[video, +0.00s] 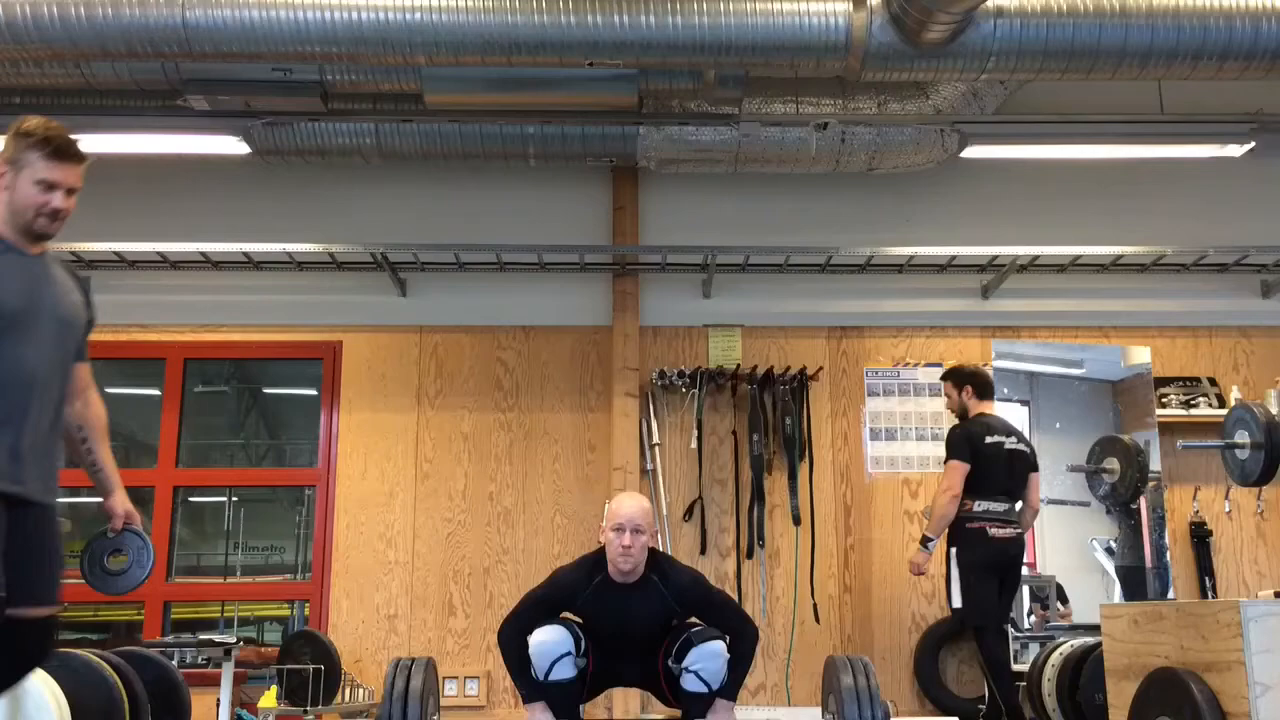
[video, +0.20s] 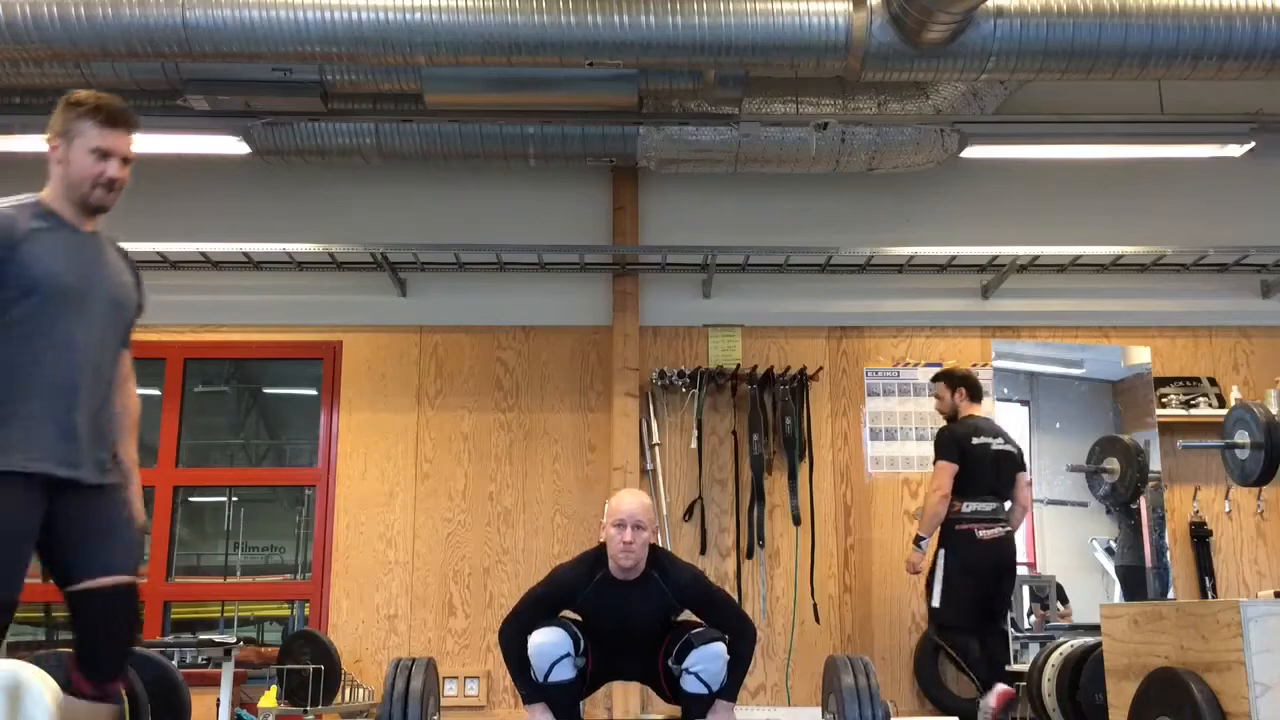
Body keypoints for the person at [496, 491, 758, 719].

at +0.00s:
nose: (626, 541)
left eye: (637, 532)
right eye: (618, 530)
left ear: (653, 539)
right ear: (602, 534)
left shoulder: (678, 579)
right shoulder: (576, 577)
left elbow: (746, 633)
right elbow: (509, 632)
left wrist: (724, 703)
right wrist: (534, 705)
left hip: (658, 668)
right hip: (596, 668)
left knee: (707, 651)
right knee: (549, 643)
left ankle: (699, 716)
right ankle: (567, 716)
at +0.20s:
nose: (628, 537)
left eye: (638, 528)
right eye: (619, 526)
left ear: (653, 534)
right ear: (603, 530)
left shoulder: (676, 575)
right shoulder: (576, 574)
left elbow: (743, 631)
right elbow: (510, 632)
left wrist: (725, 702)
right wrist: (534, 704)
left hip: (656, 660)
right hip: (595, 660)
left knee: (707, 651)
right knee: (548, 644)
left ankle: (699, 715)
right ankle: (568, 716)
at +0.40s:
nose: (629, 516)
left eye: (639, 507)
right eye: (620, 505)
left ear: (652, 514)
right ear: (604, 511)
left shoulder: (680, 559)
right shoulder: (574, 559)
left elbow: (732, 625)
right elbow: (523, 627)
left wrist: (725, 703)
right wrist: (534, 704)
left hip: (660, 634)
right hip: (598, 633)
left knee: (704, 653)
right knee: (552, 644)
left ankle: (696, 715)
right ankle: (569, 715)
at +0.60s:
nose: (629, 483)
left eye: (640, 474)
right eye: (620, 473)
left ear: (654, 481)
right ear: (606, 476)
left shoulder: (682, 532)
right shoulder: (574, 531)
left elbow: (715, 614)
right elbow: (545, 615)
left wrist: (723, 695)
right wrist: (539, 697)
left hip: (664, 603)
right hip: (599, 603)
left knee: (691, 641)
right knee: (570, 634)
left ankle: (687, 717)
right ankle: (574, 716)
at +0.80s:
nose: (629, 488)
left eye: (640, 478)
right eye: (620, 477)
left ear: (654, 485)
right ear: (605, 481)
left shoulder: (682, 533)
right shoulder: (574, 533)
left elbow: (714, 615)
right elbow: (546, 617)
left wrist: (723, 696)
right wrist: (541, 699)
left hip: (664, 602)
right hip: (600, 602)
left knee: (690, 642)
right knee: (572, 635)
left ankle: (687, 716)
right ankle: (575, 716)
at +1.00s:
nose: (634, 497)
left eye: (644, 489)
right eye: (626, 487)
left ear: (658, 495)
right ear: (611, 491)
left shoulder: (683, 540)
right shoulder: (581, 538)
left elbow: (722, 620)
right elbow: (541, 619)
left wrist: (724, 699)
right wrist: (540, 701)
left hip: (665, 610)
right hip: (602, 609)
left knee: (697, 643)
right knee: (567, 638)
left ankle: (690, 715)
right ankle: (574, 715)